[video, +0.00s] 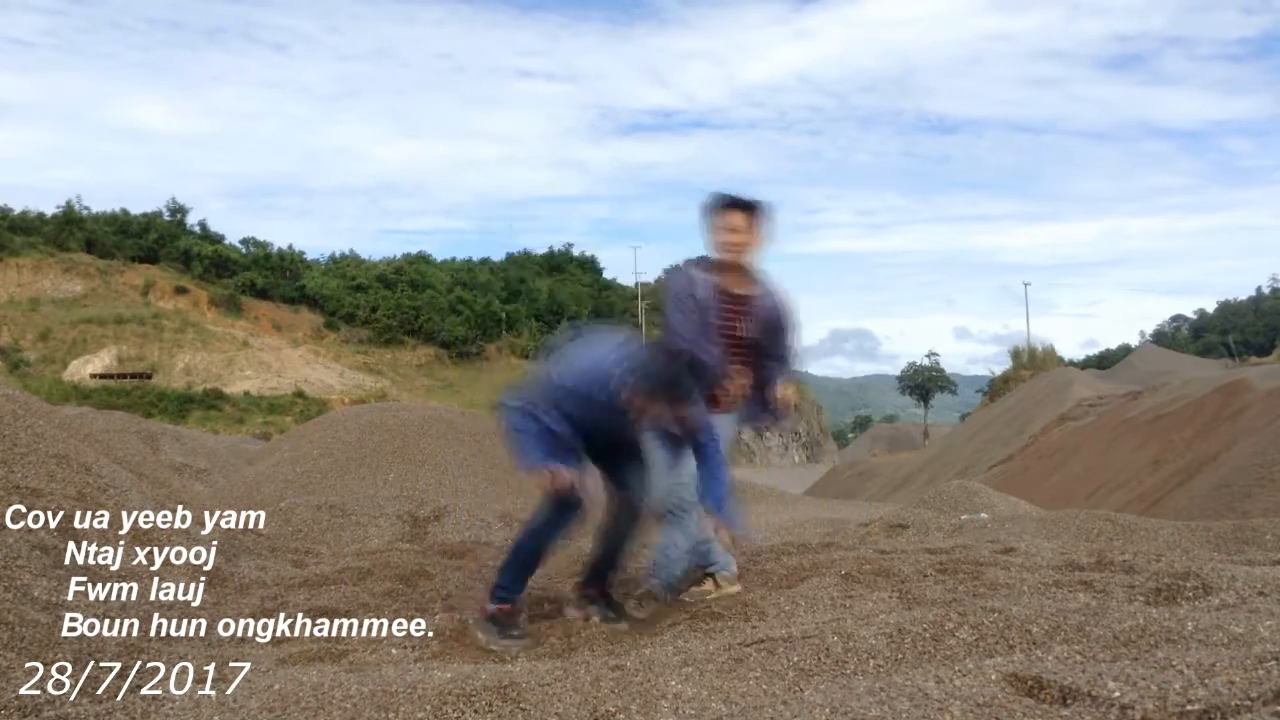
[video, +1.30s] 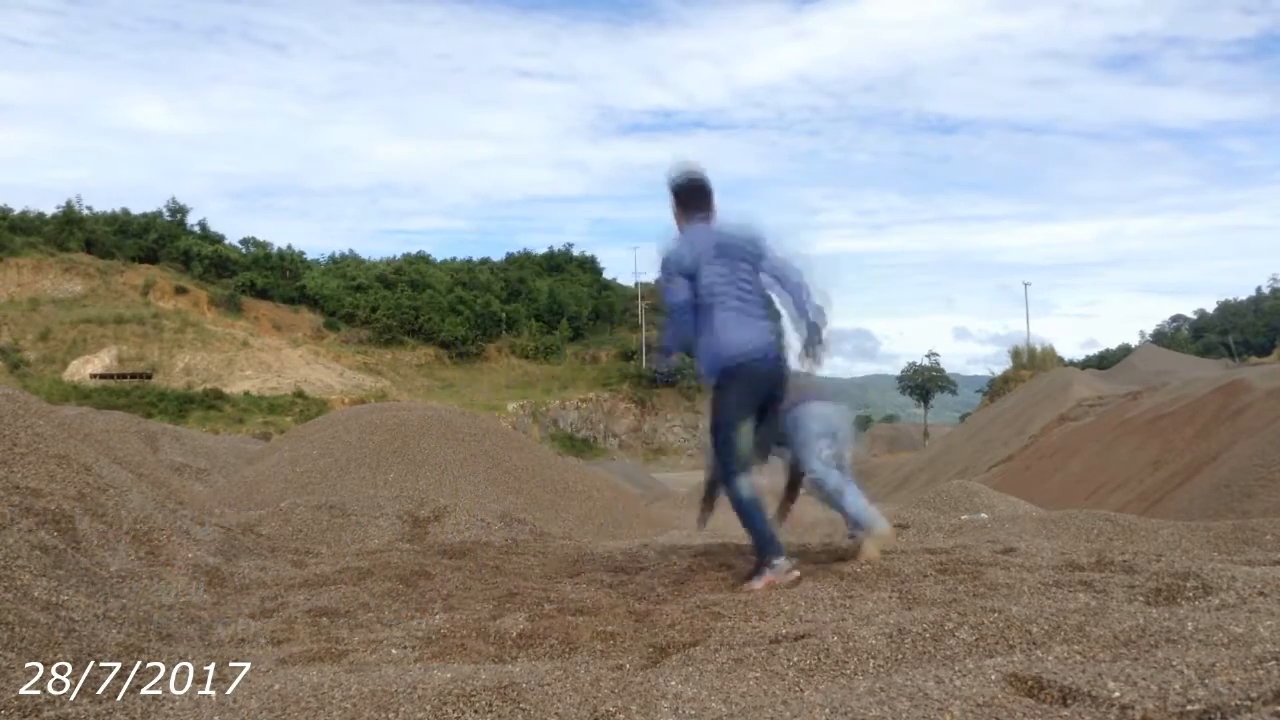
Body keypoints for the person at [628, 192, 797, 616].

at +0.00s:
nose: (732, 239)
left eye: (741, 232)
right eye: (724, 230)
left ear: (755, 237)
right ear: (710, 234)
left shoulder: (767, 301)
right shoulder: (686, 279)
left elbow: (773, 358)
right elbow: (682, 338)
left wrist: (777, 386)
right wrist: (719, 373)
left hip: (724, 409)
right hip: (671, 399)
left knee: (692, 493)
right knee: (668, 489)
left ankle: (663, 581)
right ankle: (718, 566)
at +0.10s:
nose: (767, 229)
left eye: (776, 220)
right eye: (759, 220)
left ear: (793, 225)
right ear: (748, 225)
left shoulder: (807, 288)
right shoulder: (722, 273)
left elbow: (822, 349)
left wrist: (801, 357)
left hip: (780, 402)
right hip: (723, 399)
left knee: (772, 490)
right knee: (707, 480)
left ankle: (767, 575)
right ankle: (709, 570)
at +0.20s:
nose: (788, 233)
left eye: (796, 224)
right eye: (779, 225)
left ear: (811, 229)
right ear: (768, 231)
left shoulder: (827, 286)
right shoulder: (750, 279)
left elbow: (846, 349)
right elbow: (739, 330)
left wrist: (820, 383)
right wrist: (728, 354)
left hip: (808, 398)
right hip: (758, 396)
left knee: (816, 477)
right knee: (753, 477)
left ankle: (826, 551)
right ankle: (753, 557)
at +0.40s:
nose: (777, 240)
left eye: (785, 233)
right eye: (770, 233)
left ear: (801, 236)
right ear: (761, 237)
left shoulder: (813, 286)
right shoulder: (759, 286)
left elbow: (825, 350)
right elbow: (757, 341)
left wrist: (813, 397)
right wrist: (759, 384)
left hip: (814, 389)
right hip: (785, 390)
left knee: (807, 467)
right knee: (802, 469)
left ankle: (825, 552)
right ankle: (814, 546)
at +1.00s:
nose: (786, 251)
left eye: (792, 242)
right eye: (784, 244)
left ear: (815, 242)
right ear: (798, 246)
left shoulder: (815, 283)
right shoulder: (808, 283)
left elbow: (809, 343)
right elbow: (800, 342)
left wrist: (783, 386)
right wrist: (781, 384)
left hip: (811, 392)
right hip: (810, 393)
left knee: (797, 467)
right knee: (808, 468)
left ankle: (809, 549)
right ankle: (821, 544)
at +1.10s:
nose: (784, 264)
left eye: (788, 255)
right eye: (782, 256)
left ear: (806, 253)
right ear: (813, 256)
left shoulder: (812, 285)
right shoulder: (829, 287)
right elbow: (834, 337)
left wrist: (792, 369)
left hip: (813, 388)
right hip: (834, 391)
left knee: (786, 458)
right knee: (815, 464)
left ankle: (825, 534)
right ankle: (825, 539)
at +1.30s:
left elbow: (724, 459)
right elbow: (796, 478)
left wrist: (707, 506)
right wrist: (778, 520)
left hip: (806, 410)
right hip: (839, 407)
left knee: (819, 472)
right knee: (843, 472)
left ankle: (874, 524)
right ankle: (857, 532)